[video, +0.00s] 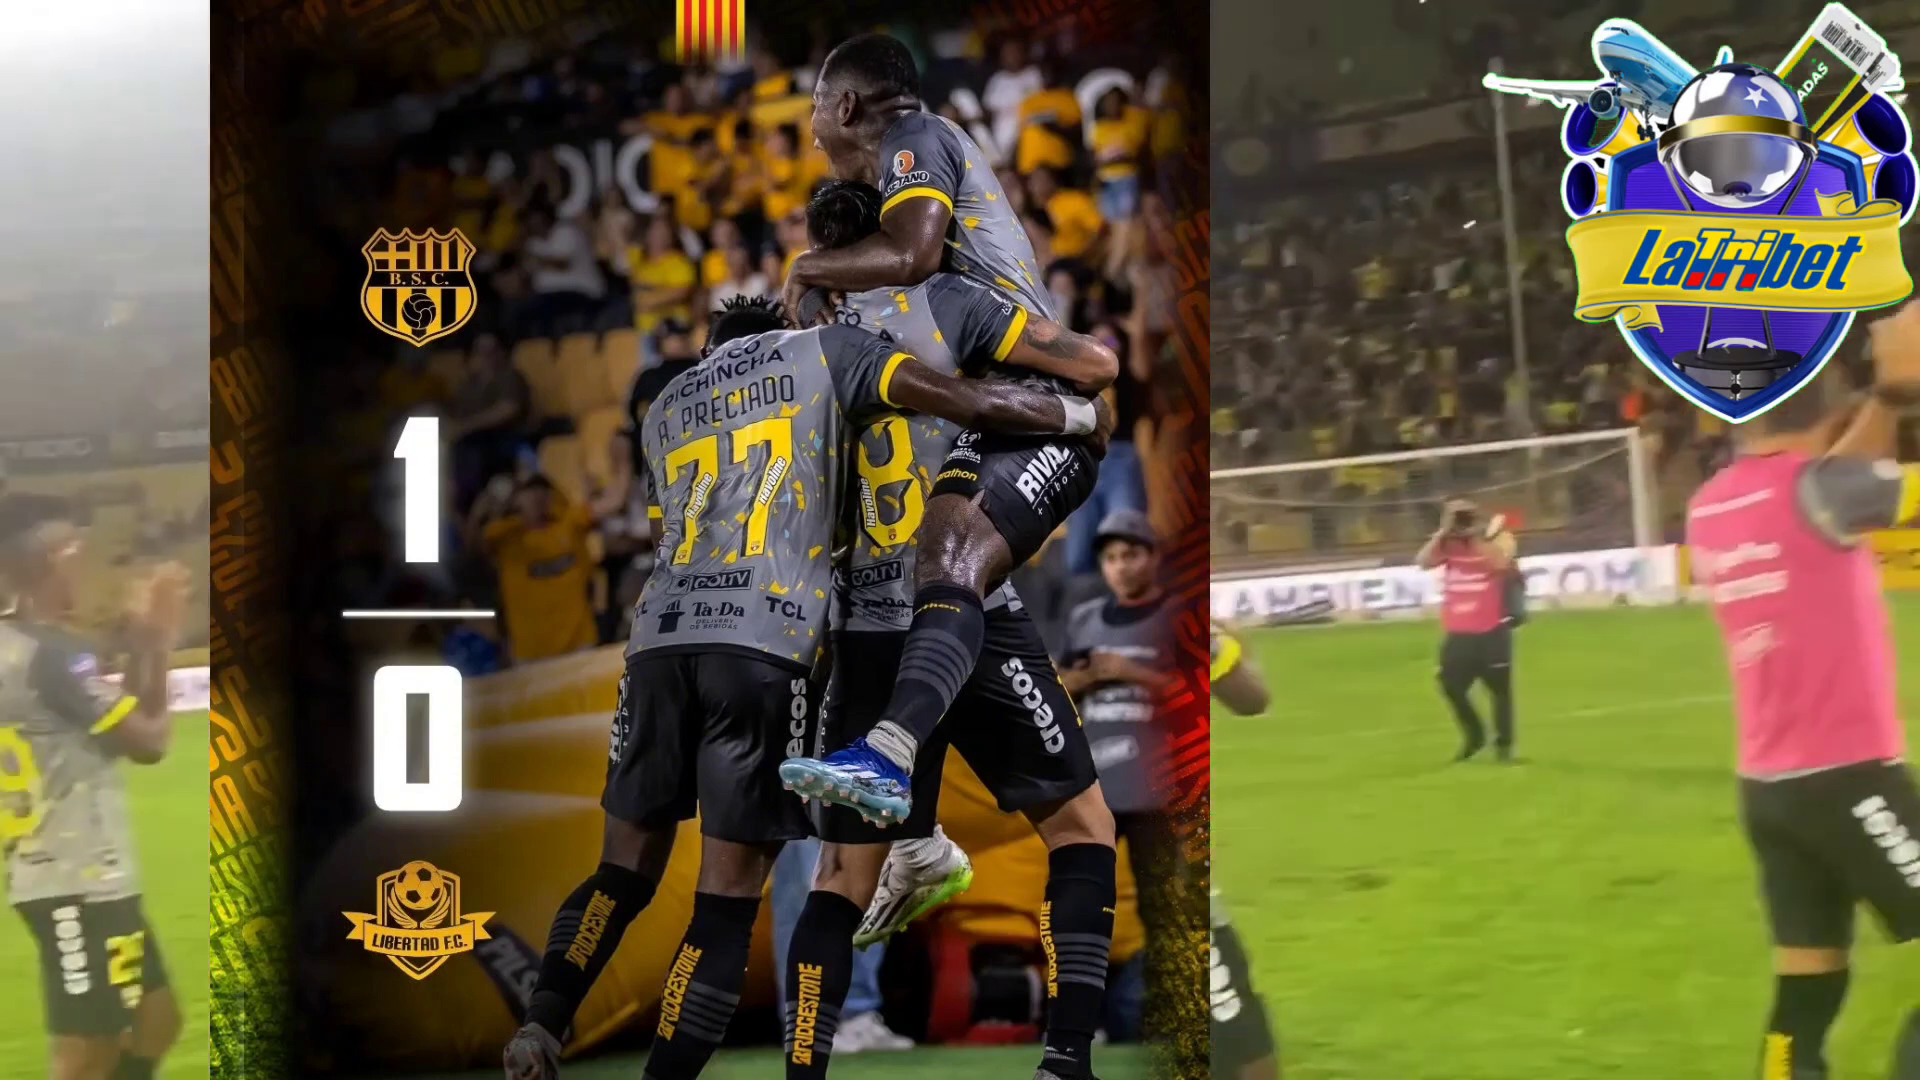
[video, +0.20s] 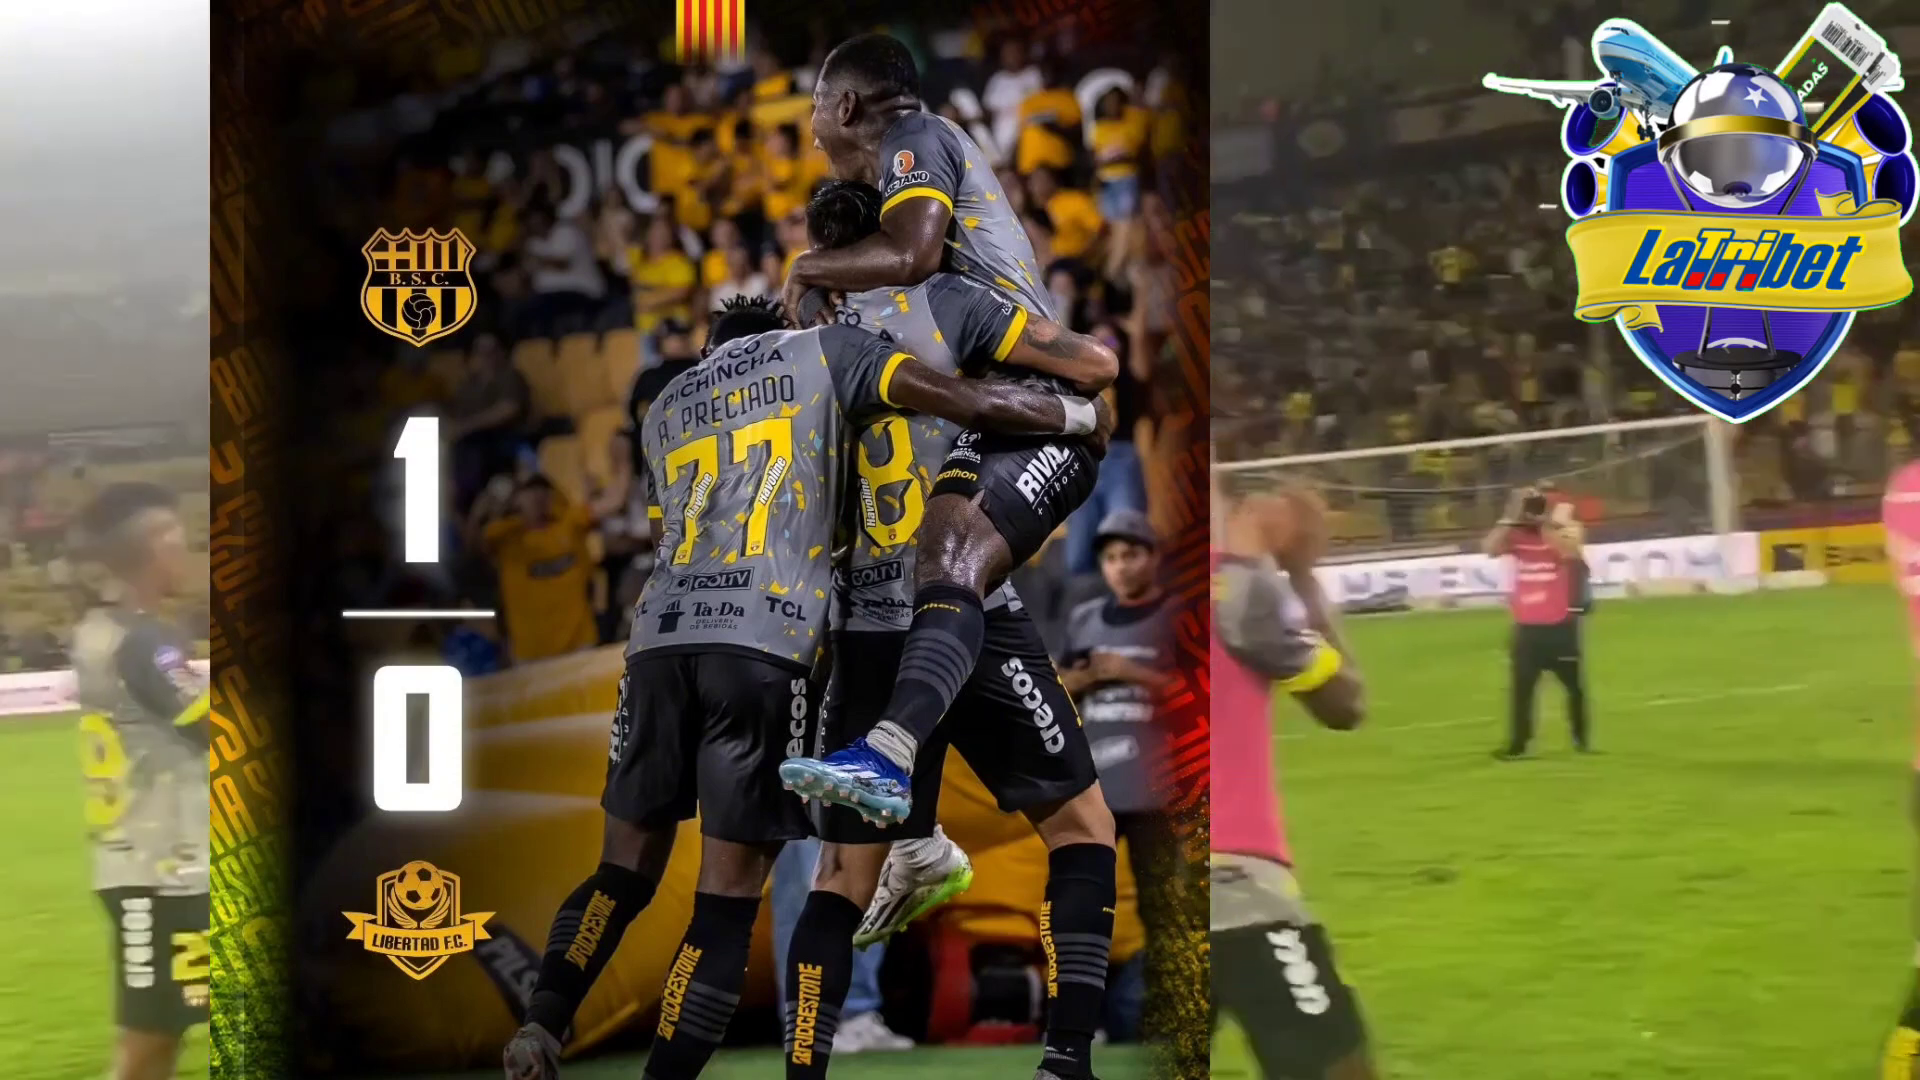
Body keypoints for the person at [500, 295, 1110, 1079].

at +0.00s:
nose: (826, 325)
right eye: (814, 319)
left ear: (710, 345)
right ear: (793, 324)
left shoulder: (661, 406)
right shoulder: (829, 348)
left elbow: (682, 519)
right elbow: (970, 399)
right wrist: (1086, 418)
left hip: (657, 648)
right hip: (762, 649)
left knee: (623, 865)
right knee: (727, 892)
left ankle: (542, 1027)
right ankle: (667, 1075)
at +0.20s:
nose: (826, 325)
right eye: (814, 319)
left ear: (709, 346)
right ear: (792, 324)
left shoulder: (660, 405)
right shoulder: (830, 348)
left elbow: (680, 521)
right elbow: (970, 400)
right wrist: (1088, 416)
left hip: (657, 648)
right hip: (762, 649)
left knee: (623, 865)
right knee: (727, 892)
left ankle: (542, 1028)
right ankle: (667, 1075)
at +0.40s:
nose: (828, 326)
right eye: (816, 319)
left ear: (709, 345)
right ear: (792, 324)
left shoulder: (661, 406)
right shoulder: (829, 348)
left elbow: (681, 519)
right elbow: (969, 399)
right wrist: (1087, 418)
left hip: (657, 648)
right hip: (762, 648)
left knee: (623, 866)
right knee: (728, 891)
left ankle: (542, 1027)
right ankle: (667, 1076)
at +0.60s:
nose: (828, 326)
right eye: (816, 319)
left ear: (709, 345)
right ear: (792, 324)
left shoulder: (661, 406)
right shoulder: (829, 348)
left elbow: (681, 519)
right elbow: (969, 399)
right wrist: (1087, 418)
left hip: (657, 648)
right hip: (762, 648)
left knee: (623, 866)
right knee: (728, 891)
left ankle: (542, 1027)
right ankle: (667, 1076)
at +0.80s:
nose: (827, 326)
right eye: (815, 319)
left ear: (709, 345)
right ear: (792, 324)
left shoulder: (661, 406)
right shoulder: (829, 348)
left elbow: (681, 520)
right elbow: (969, 399)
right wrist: (1086, 419)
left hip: (657, 648)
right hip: (762, 648)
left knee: (623, 866)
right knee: (727, 891)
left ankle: (542, 1027)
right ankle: (667, 1076)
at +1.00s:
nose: (827, 326)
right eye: (815, 319)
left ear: (709, 345)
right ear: (792, 324)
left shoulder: (661, 406)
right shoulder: (829, 348)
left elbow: (681, 520)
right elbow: (969, 399)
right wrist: (1086, 419)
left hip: (657, 648)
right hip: (762, 648)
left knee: (623, 866)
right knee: (727, 891)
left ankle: (542, 1027)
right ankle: (667, 1076)